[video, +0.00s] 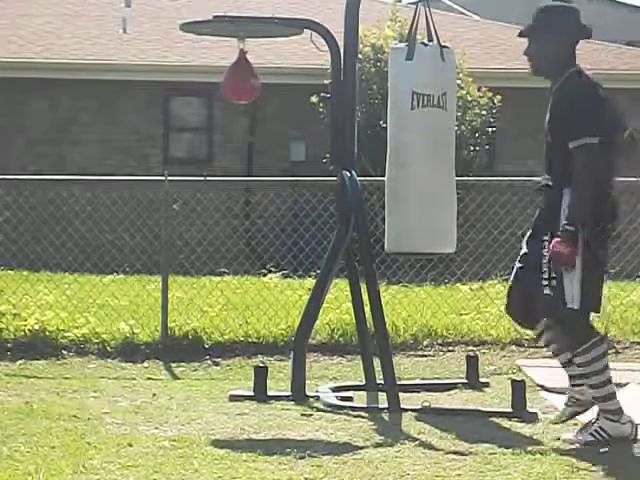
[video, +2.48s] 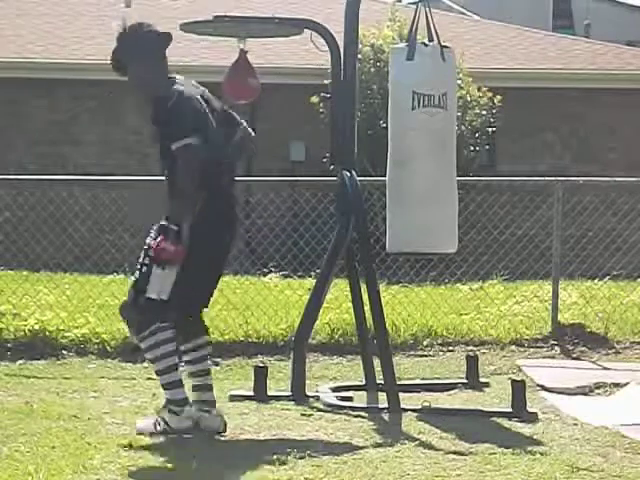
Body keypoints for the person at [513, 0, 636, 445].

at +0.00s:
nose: (525, 50)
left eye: (533, 41)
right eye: (527, 41)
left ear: (559, 44)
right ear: (558, 45)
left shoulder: (575, 92)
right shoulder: (567, 90)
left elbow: (589, 170)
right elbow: (570, 169)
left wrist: (572, 232)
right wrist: (548, 225)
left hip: (577, 219)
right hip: (559, 214)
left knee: (568, 316)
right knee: (535, 306)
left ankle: (612, 416)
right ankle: (583, 385)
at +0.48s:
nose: (425, 50)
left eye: (432, 42)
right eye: (427, 42)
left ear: (454, 46)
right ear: (453, 46)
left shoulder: (472, 91)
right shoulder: (463, 92)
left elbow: (493, 166)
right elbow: (473, 160)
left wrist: (484, 231)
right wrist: (445, 170)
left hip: (465, 210)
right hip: (469, 210)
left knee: (414, 303)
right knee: (463, 307)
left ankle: (477, 389)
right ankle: (481, 406)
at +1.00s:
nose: (325, 47)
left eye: (333, 40)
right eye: (325, 39)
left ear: (357, 43)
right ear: (341, 43)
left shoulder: (367, 87)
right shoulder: (353, 86)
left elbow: (383, 154)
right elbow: (405, 143)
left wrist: (359, 220)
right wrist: (348, 172)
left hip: (367, 208)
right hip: (343, 204)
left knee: (362, 313)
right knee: (302, 299)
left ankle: (389, 416)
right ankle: (345, 391)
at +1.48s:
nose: (240, 44)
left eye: (246, 35)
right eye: (240, 36)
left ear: (266, 40)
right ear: (270, 41)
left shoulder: (283, 89)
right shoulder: (271, 87)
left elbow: (301, 163)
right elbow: (234, 91)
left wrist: (291, 226)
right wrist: (243, 57)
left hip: (275, 207)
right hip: (272, 205)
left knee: (226, 301)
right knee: (272, 309)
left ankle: (283, 393)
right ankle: (290, 409)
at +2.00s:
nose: (183, 45)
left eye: (190, 36)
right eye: (184, 36)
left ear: (213, 40)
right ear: (211, 41)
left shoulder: (230, 87)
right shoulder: (216, 86)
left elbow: (246, 158)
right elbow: (227, 153)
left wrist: (227, 221)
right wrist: (198, 173)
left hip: (223, 215)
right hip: (200, 213)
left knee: (222, 315)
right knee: (168, 298)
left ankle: (250, 414)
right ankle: (216, 385)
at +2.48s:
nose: (130, 78)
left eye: (131, 67)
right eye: (127, 70)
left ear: (150, 60)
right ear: (162, 60)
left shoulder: (177, 100)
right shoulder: (197, 94)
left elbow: (190, 165)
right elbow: (244, 138)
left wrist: (175, 231)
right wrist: (215, 177)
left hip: (196, 224)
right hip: (216, 223)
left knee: (141, 310)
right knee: (184, 311)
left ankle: (178, 412)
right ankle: (206, 410)